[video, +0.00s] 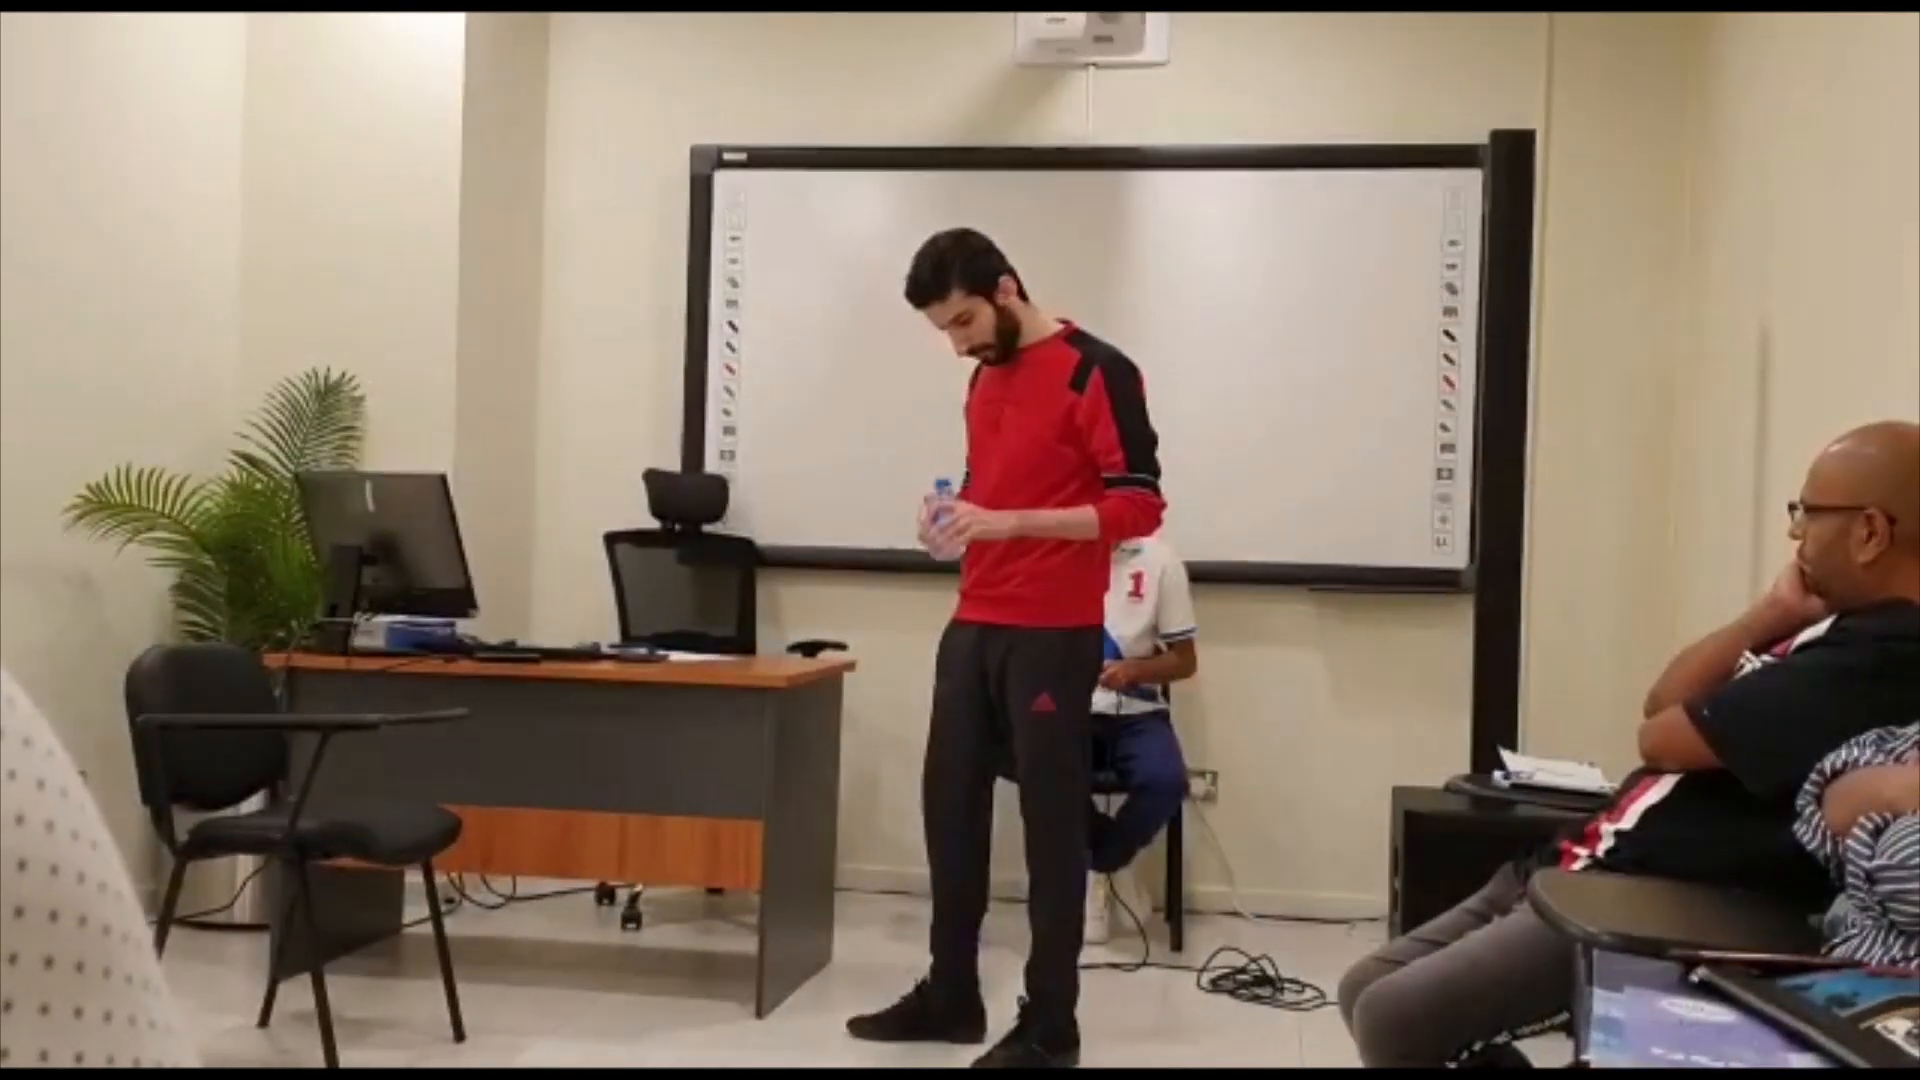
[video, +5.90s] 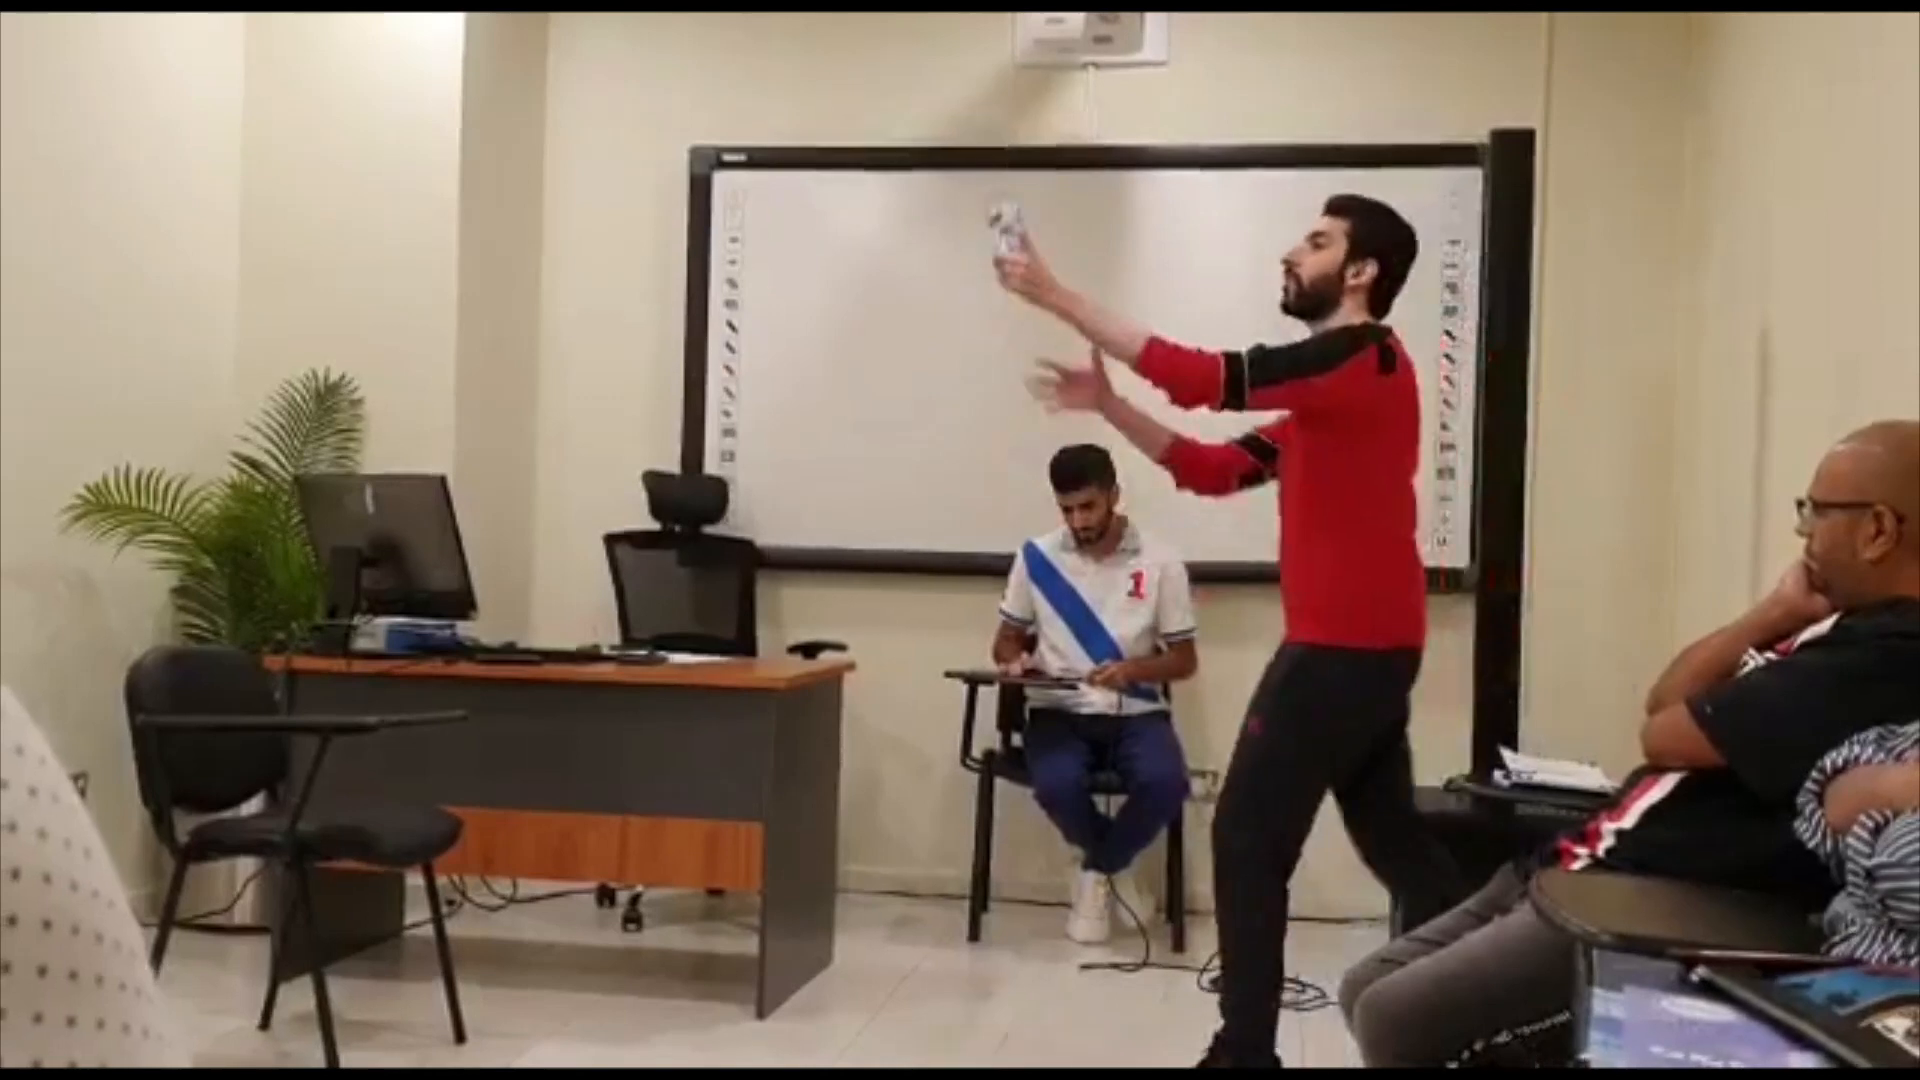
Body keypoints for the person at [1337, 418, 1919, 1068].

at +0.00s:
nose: (1794, 536)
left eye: (1806, 516)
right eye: (1798, 515)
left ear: (1873, 532)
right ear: (1873, 532)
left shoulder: (1882, 650)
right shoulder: (1848, 627)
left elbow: (1665, 743)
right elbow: (1662, 704)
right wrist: (1779, 610)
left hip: (1638, 907)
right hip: (1585, 863)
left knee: (1390, 1020)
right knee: (1365, 986)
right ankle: (1486, 1060)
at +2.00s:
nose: (1801, 534)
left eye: (1814, 514)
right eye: (1806, 513)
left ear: (1880, 534)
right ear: (1881, 534)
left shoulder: (1885, 651)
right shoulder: (1855, 629)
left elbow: (1666, 743)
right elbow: (1664, 701)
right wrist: (1782, 611)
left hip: (1642, 906)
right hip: (1593, 864)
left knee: (1386, 1022)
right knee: (1363, 988)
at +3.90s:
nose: (1800, 537)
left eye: (1813, 517)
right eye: (1804, 516)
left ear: (1880, 534)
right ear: (1880, 535)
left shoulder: (1882, 654)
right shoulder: (1856, 630)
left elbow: (1667, 745)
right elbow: (1665, 705)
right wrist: (1781, 614)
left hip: (1635, 909)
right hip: (1585, 866)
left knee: (1387, 1023)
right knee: (1366, 989)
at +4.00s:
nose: (1800, 536)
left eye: (1813, 516)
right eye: (1805, 515)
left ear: (1880, 535)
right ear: (1880, 535)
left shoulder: (1880, 655)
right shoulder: (1857, 630)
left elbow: (1667, 744)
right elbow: (1666, 706)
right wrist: (1781, 614)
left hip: (1631, 910)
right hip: (1582, 867)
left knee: (1388, 1023)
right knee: (1367, 991)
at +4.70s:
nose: (1799, 535)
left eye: (1811, 516)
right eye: (1803, 515)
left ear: (1878, 534)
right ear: (1879, 534)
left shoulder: (1879, 654)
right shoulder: (1853, 628)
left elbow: (1664, 743)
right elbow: (1663, 702)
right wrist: (1780, 612)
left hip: (1626, 909)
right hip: (1578, 866)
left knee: (1385, 1023)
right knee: (1362, 990)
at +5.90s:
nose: (1804, 536)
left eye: (1814, 515)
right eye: (1807, 515)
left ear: (1880, 531)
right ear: (1881, 531)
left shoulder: (1884, 652)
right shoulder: (1859, 631)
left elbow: (1667, 739)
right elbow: (1666, 703)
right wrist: (1784, 610)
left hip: (1628, 911)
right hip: (1580, 867)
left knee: (1390, 1023)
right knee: (1365, 988)